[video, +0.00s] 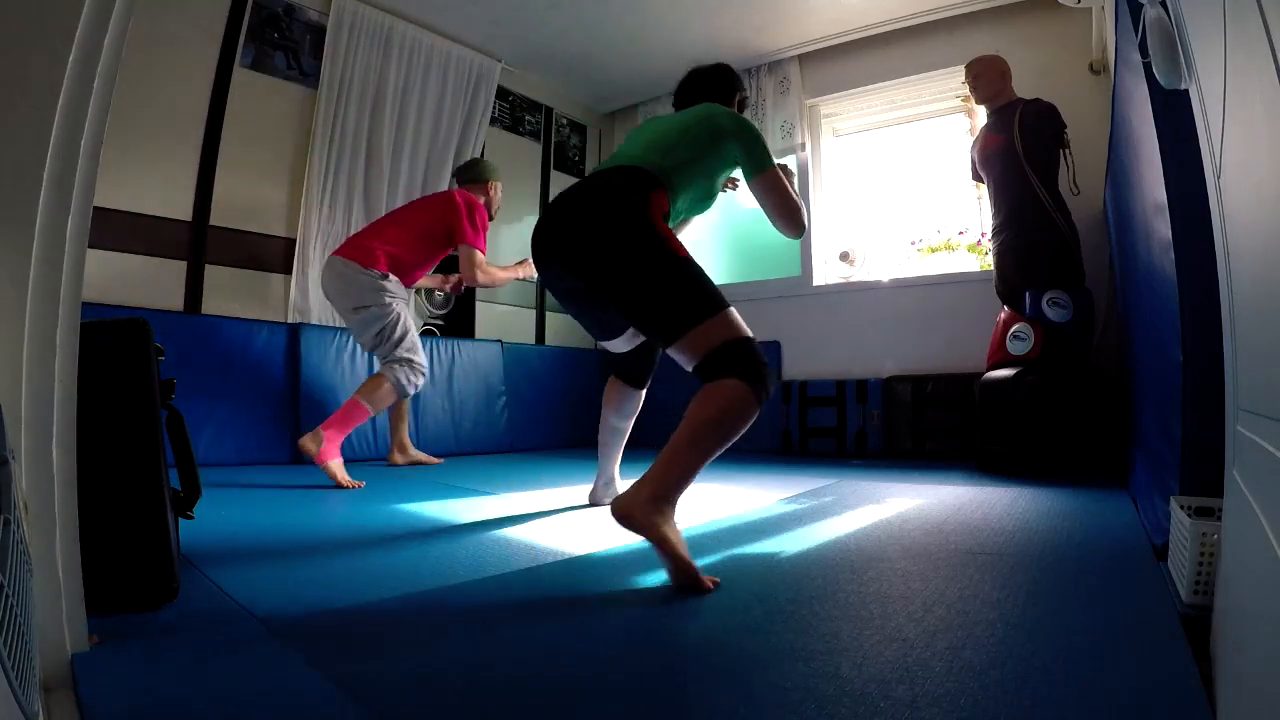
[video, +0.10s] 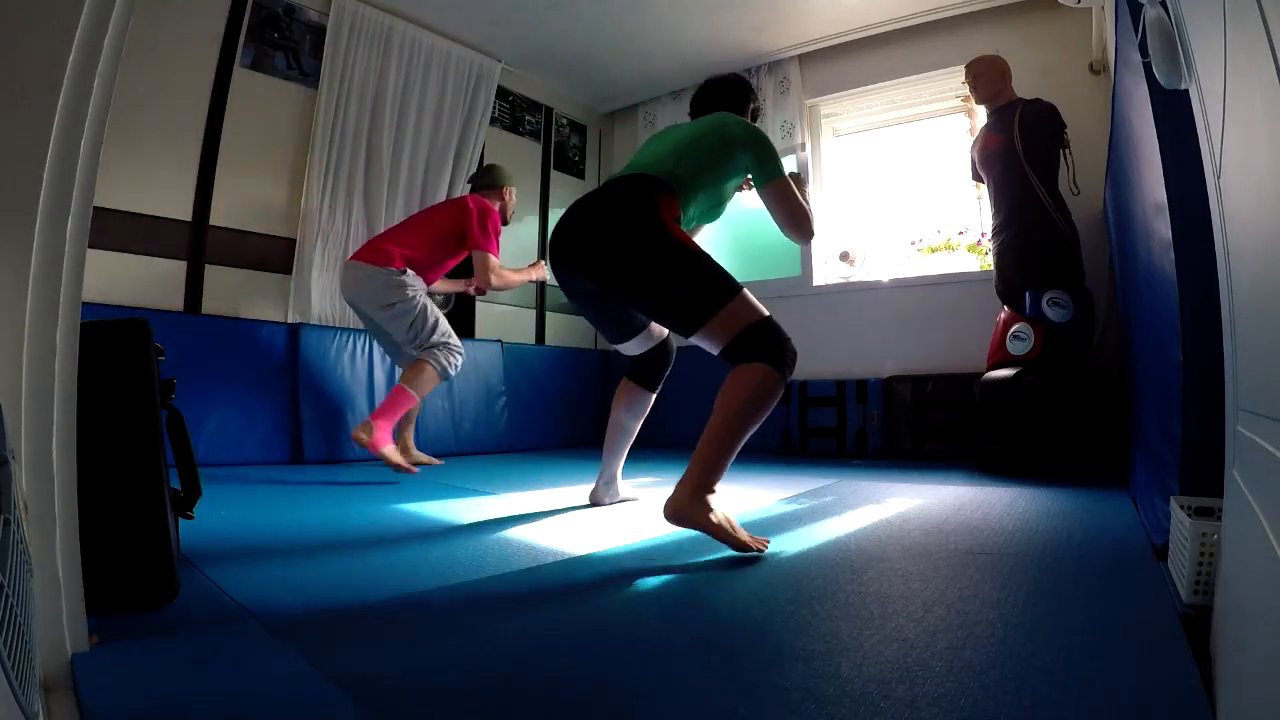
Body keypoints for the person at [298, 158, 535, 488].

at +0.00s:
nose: (500, 200)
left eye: (501, 193)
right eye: (500, 192)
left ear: (463, 186)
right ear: (490, 188)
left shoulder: (442, 204)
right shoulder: (471, 206)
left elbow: (400, 273)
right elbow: (475, 275)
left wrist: (445, 281)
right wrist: (518, 272)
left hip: (347, 268)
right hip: (364, 273)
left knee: (398, 353)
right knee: (408, 367)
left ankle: (401, 446)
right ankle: (326, 438)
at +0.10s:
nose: (514, 208)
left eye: (516, 200)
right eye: (515, 198)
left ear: (478, 191)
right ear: (506, 193)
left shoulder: (456, 211)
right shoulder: (485, 210)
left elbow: (424, 279)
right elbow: (489, 277)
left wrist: (470, 285)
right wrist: (531, 273)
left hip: (359, 274)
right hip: (385, 275)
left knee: (416, 360)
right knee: (446, 351)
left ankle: (404, 445)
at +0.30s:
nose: (536, 207)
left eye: (536, 202)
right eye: (538, 201)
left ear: (502, 195)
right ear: (531, 198)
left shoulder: (478, 211)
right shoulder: (515, 214)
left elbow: (439, 265)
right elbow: (523, 281)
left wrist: (476, 280)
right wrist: (556, 277)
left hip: (397, 278)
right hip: (425, 282)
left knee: (454, 352)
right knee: (471, 372)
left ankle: (440, 427)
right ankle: (405, 448)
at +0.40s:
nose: (548, 212)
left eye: (547, 206)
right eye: (549, 206)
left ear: (515, 201)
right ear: (542, 202)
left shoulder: (490, 216)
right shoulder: (529, 219)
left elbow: (453, 260)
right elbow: (540, 283)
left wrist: (489, 285)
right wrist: (570, 279)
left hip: (415, 282)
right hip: (447, 287)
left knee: (464, 360)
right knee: (492, 372)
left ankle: (463, 441)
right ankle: (420, 435)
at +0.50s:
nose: (560, 216)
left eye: (559, 210)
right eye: (561, 210)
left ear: (528, 207)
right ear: (553, 208)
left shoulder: (506, 224)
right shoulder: (541, 224)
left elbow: (471, 273)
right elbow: (553, 287)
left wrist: (510, 289)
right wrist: (583, 282)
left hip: (428, 291)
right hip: (464, 291)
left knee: (480, 367)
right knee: (521, 358)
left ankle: (466, 440)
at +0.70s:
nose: (586, 221)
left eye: (585, 216)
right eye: (585, 216)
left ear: (553, 212)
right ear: (578, 213)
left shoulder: (527, 226)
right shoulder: (572, 228)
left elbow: (498, 264)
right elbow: (585, 289)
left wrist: (533, 288)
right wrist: (611, 283)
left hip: (463, 291)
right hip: (500, 294)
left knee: (514, 350)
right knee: (549, 368)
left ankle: (493, 421)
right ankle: (508, 443)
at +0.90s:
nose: (605, 228)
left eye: (604, 223)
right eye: (604, 223)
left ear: (573, 218)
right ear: (598, 220)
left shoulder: (549, 235)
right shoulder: (589, 235)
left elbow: (521, 272)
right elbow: (606, 293)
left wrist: (555, 294)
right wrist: (628, 288)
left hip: (493, 299)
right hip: (529, 300)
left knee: (535, 369)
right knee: (584, 363)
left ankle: (528, 439)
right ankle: (540, 421)